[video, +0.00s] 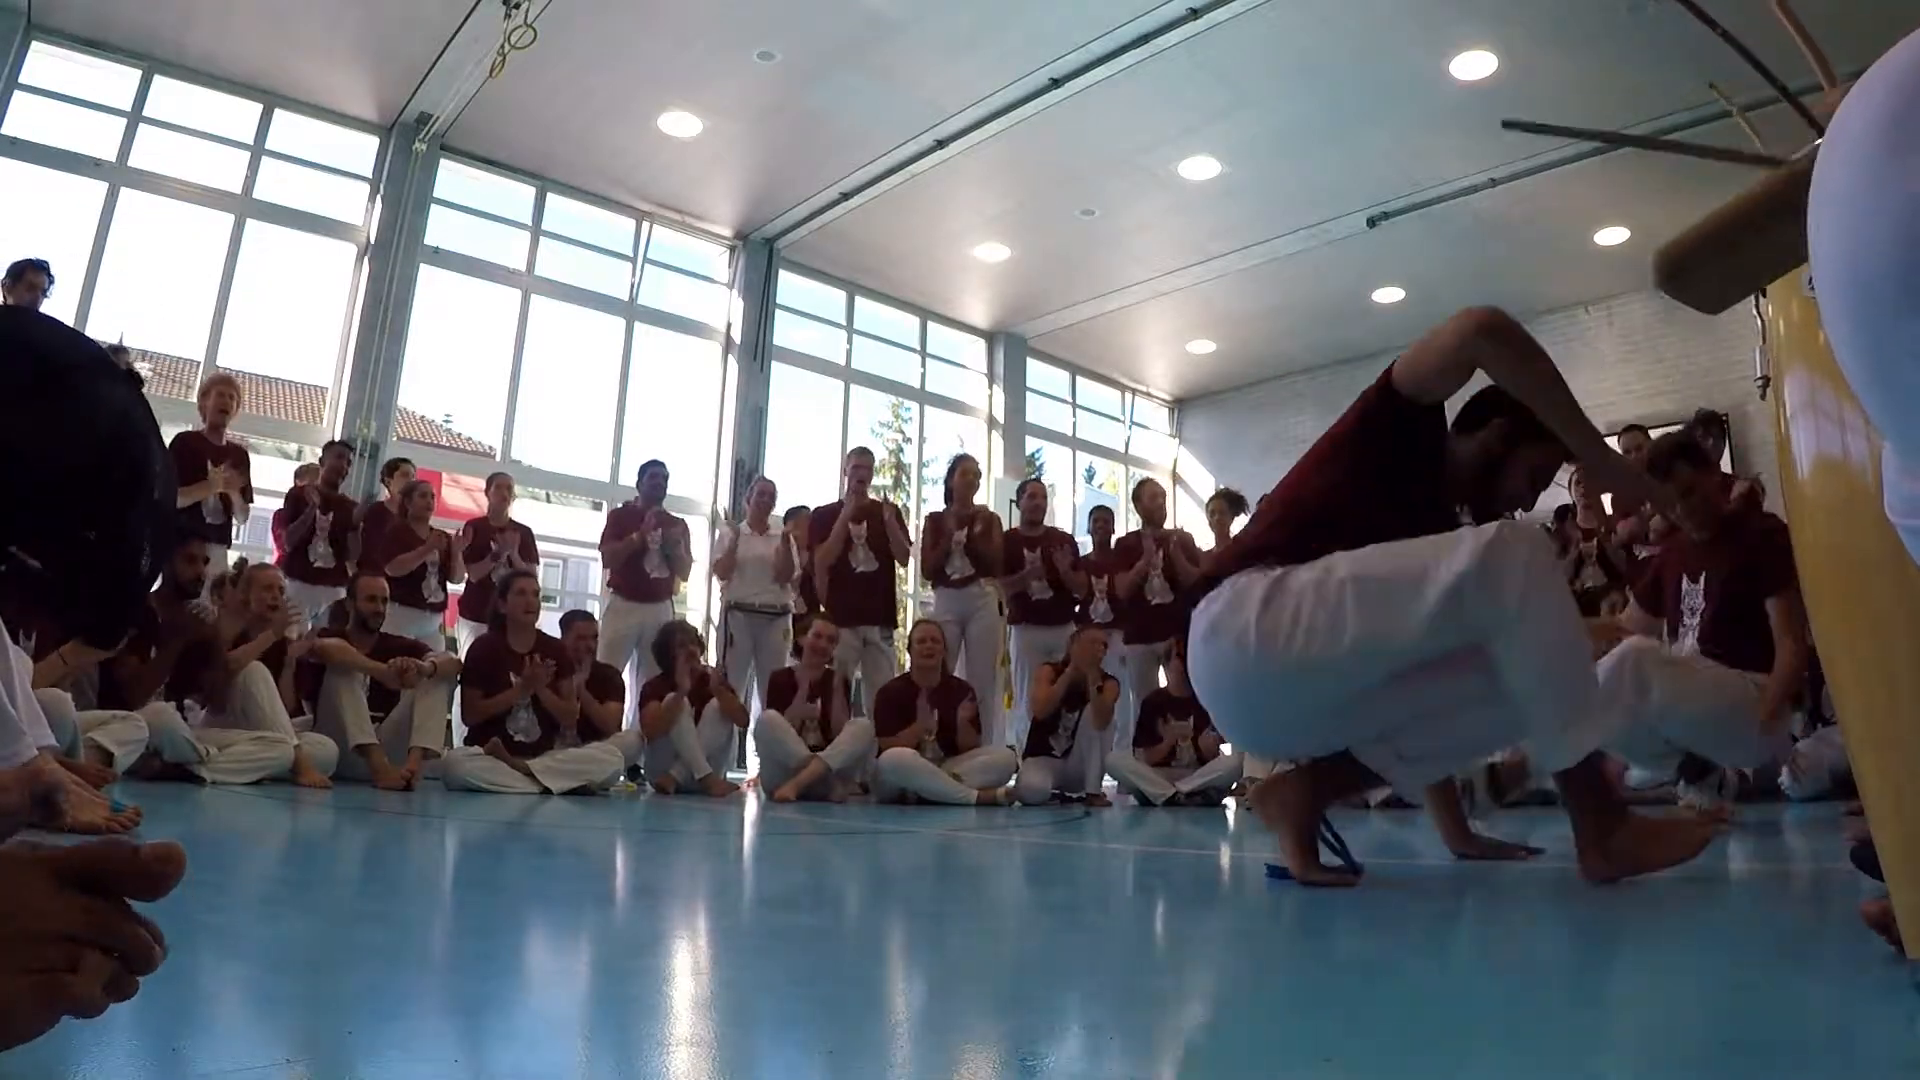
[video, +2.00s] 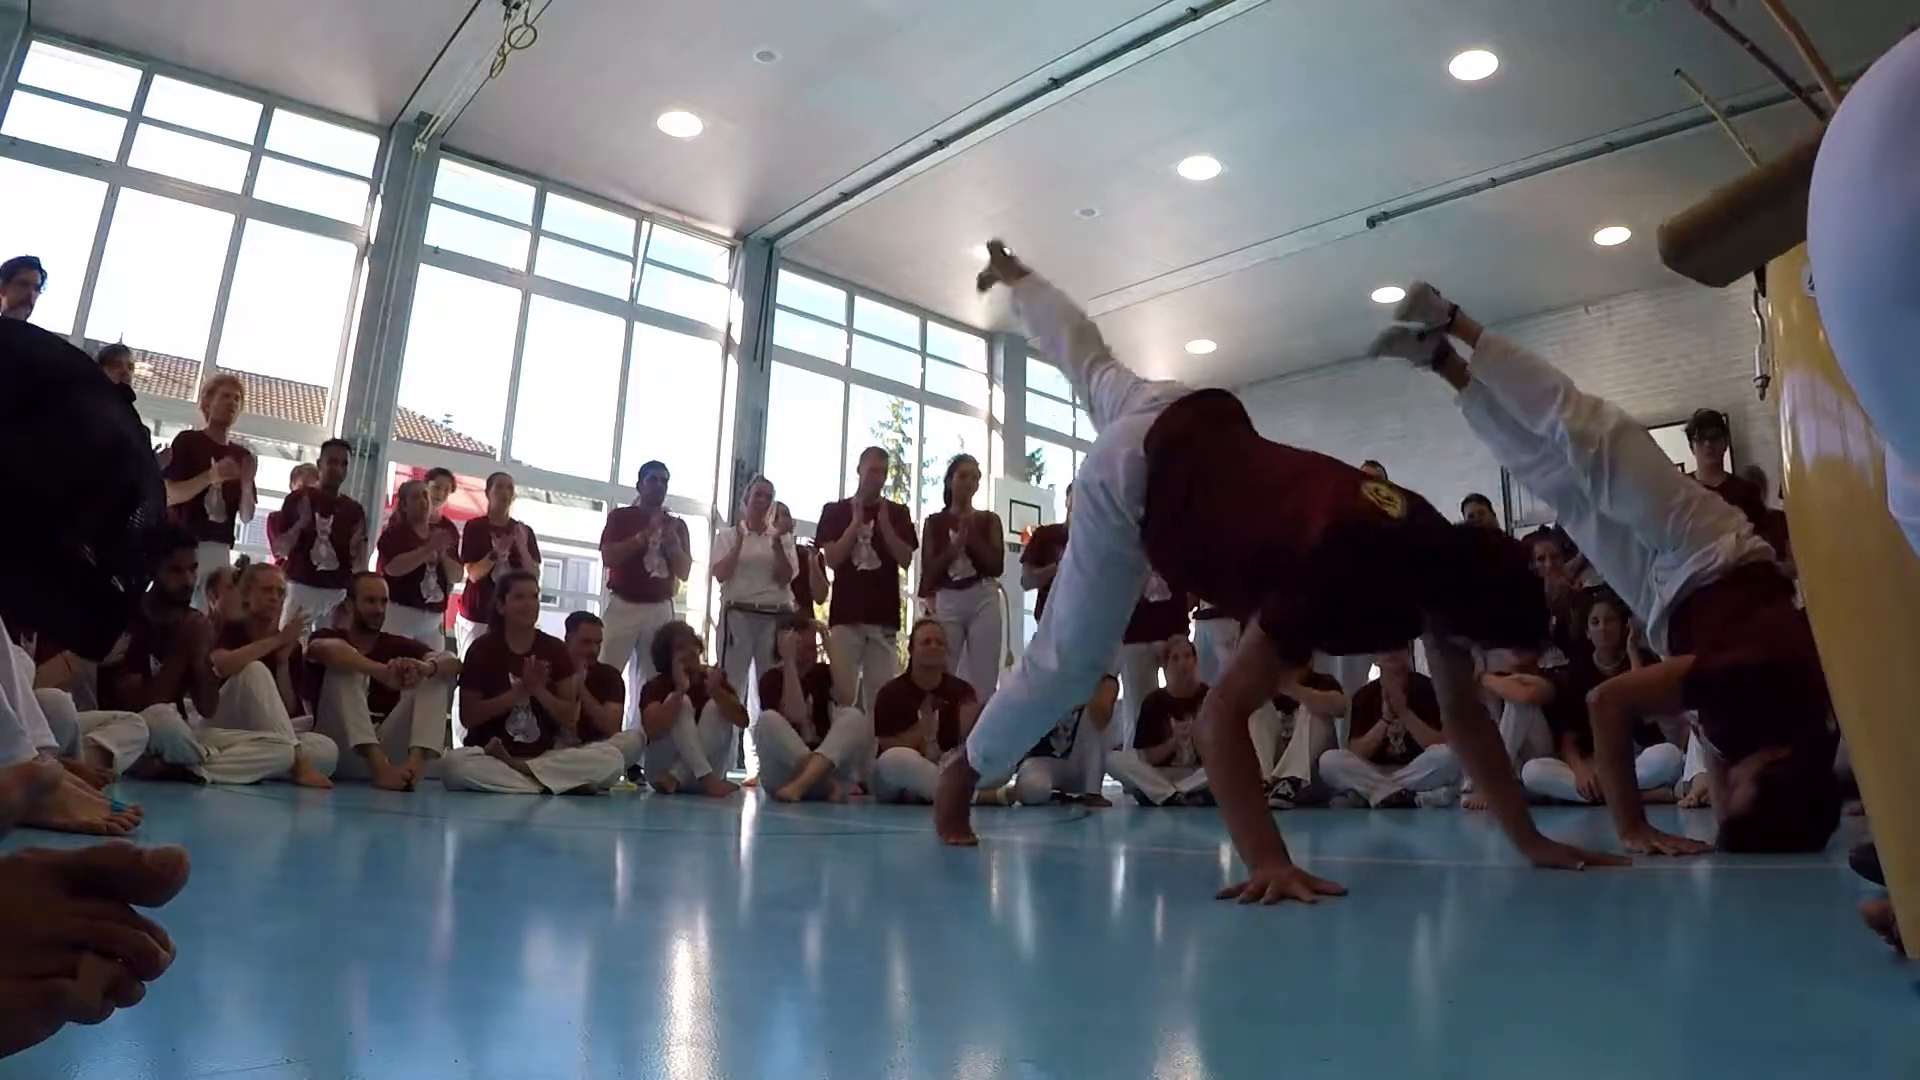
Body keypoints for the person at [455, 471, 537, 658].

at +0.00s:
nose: (504, 494)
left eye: (508, 489)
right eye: (498, 488)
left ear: (513, 495)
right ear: (487, 493)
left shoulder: (524, 533)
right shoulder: (473, 527)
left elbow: (531, 576)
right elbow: (473, 574)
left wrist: (514, 554)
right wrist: (497, 554)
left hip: (510, 619)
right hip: (474, 615)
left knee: (505, 683)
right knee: (471, 680)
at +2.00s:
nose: (505, 492)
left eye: (509, 488)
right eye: (499, 487)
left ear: (514, 494)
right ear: (488, 493)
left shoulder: (524, 531)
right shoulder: (474, 527)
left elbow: (534, 573)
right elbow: (473, 574)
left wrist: (522, 548)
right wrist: (496, 553)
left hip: (510, 619)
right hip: (475, 615)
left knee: (504, 681)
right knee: (471, 679)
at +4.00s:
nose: (504, 493)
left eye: (509, 489)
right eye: (498, 488)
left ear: (514, 495)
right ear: (487, 493)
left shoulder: (524, 532)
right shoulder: (473, 527)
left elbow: (532, 576)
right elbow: (473, 574)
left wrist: (514, 553)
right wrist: (498, 553)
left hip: (509, 621)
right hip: (473, 617)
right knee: (471, 679)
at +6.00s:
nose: (506, 495)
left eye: (510, 491)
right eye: (501, 490)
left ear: (514, 496)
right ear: (488, 493)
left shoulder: (521, 533)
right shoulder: (472, 527)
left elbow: (531, 576)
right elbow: (471, 574)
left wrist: (512, 552)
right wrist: (495, 553)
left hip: (509, 623)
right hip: (474, 618)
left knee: (504, 683)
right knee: (470, 684)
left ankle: (497, 742)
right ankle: (463, 745)